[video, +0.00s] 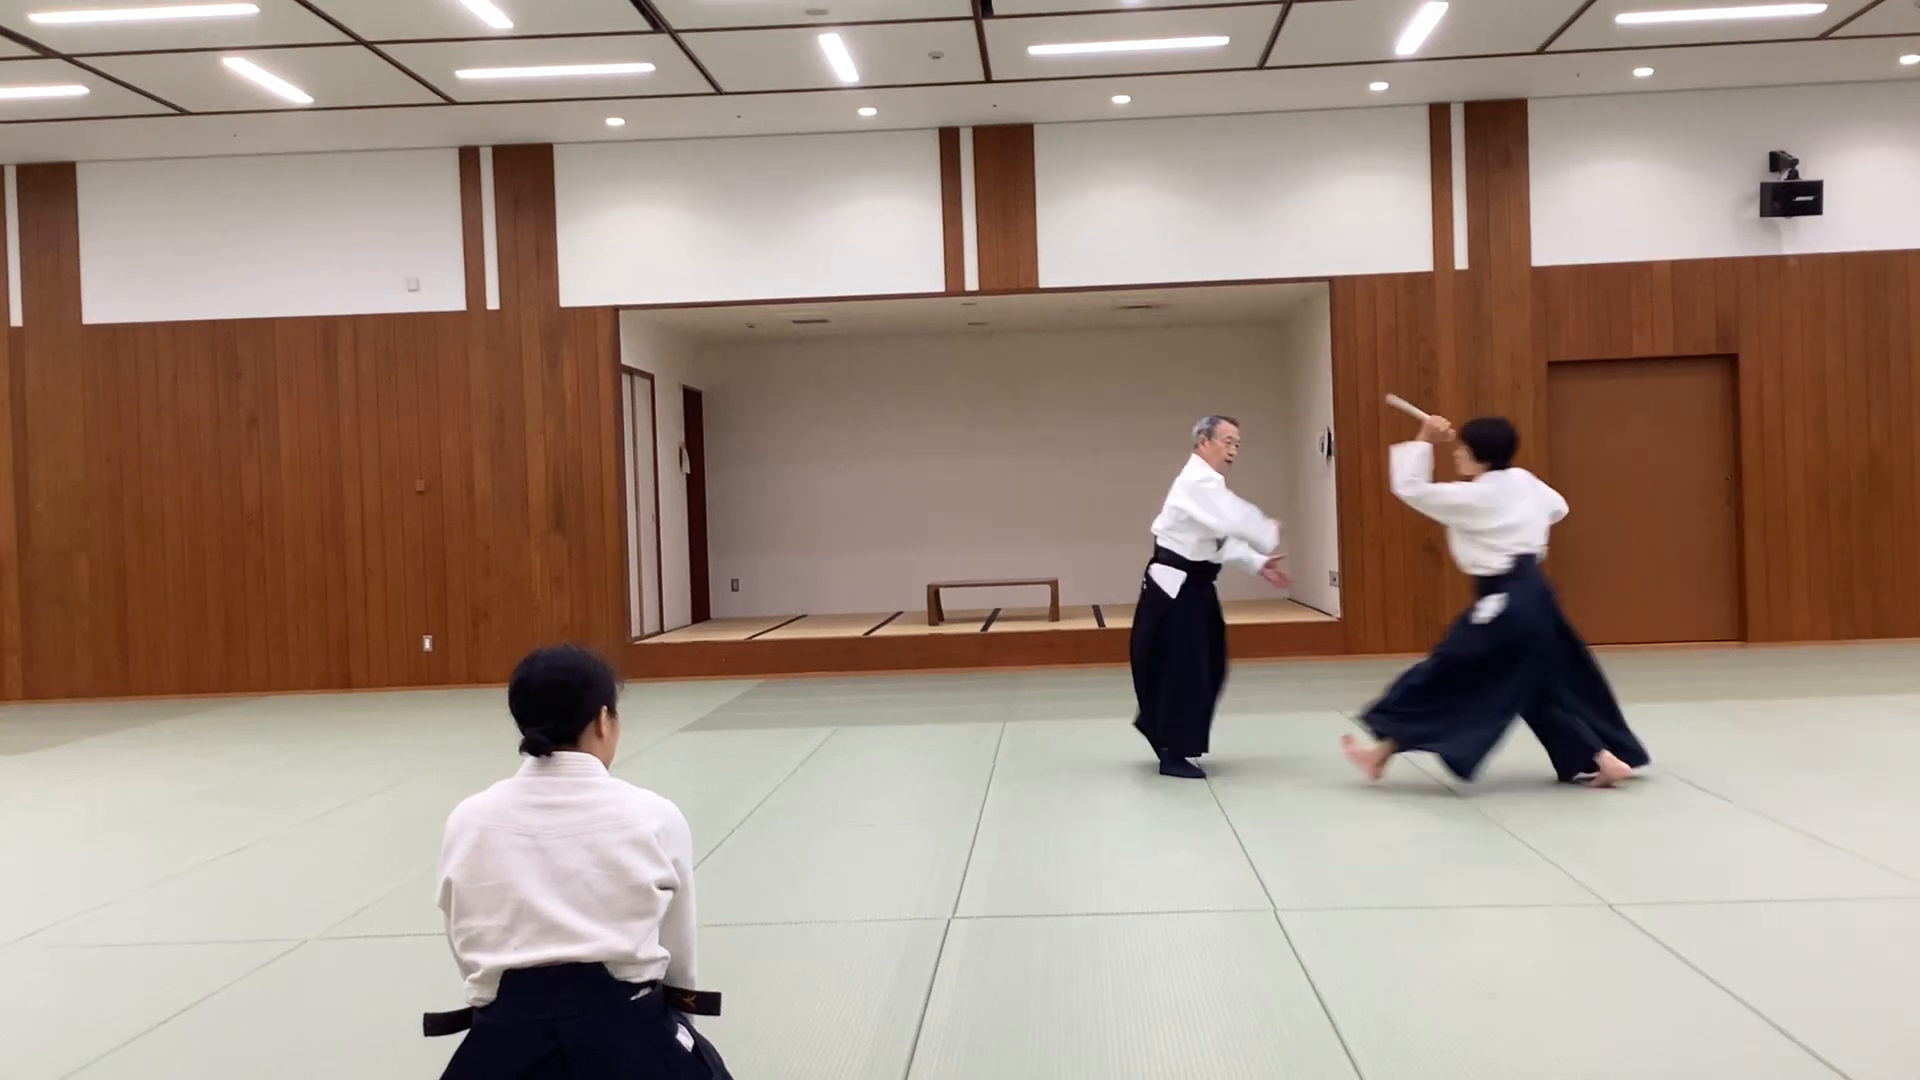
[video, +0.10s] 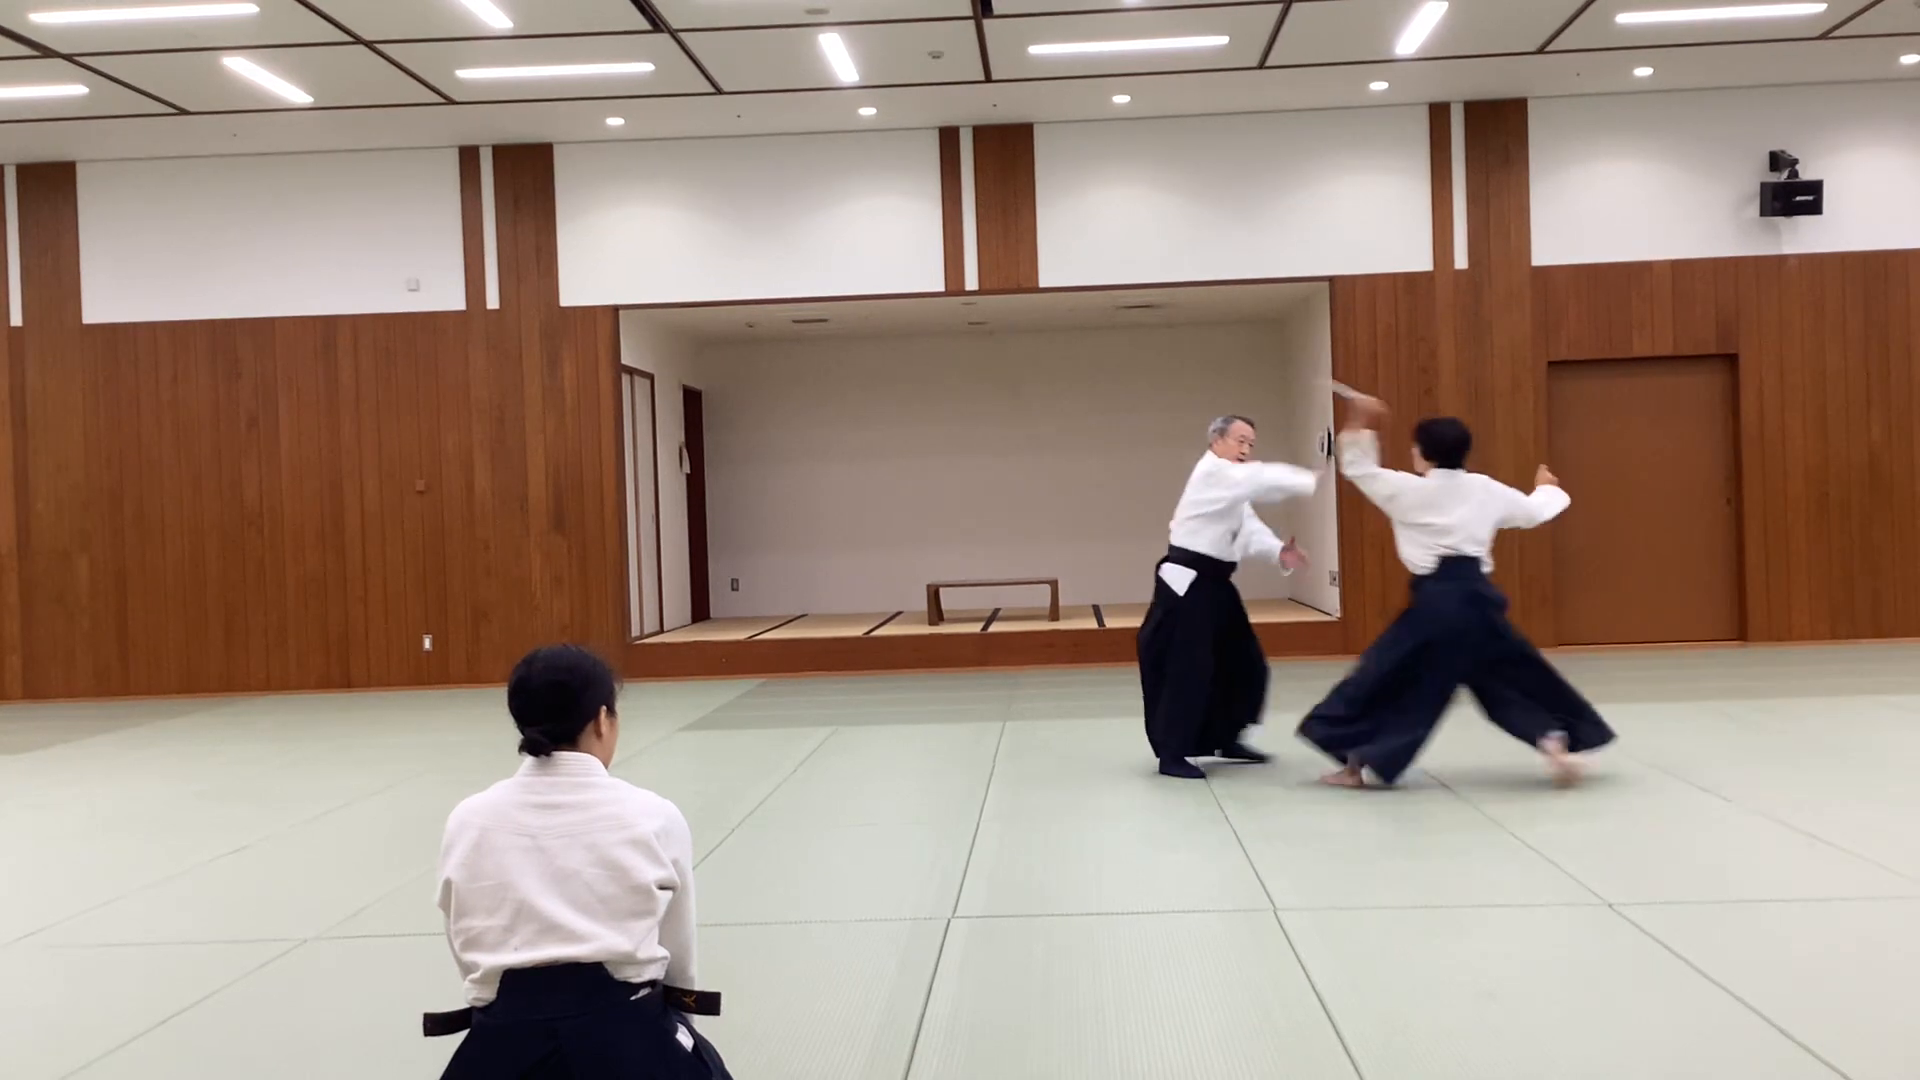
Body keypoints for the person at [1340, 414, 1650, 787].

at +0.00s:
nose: (1456, 454)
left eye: (1461, 449)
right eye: (1458, 448)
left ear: (1478, 456)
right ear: (1498, 455)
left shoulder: (1472, 496)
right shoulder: (1522, 481)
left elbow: (1409, 487)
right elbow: (1557, 507)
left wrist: (1423, 440)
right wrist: (1528, 532)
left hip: (1501, 602)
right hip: (1534, 595)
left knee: (1442, 672)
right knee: (1541, 686)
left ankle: (1380, 752)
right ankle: (1606, 761)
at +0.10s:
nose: (1412, 453)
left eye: (1415, 448)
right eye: (1414, 447)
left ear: (1424, 455)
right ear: (1461, 455)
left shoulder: (1406, 489)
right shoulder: (1484, 489)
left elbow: (1358, 468)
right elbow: (1534, 511)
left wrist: (1360, 422)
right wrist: (1549, 489)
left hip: (1433, 606)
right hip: (1478, 604)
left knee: (1387, 676)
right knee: (1503, 678)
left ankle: (1356, 765)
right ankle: (1550, 739)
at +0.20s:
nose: (1383, 442)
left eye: (1385, 438)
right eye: (1386, 437)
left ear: (1390, 443)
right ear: (1431, 442)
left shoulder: (1374, 473)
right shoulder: (1450, 479)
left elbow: (1328, 457)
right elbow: (1499, 509)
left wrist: (1301, 422)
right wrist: (1549, 511)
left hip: (1392, 586)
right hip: (1438, 587)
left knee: (1365, 667)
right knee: (1455, 665)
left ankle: (1348, 764)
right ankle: (1445, 734)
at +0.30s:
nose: (1368, 427)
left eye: (1370, 423)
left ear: (1371, 427)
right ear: (1412, 428)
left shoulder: (1350, 459)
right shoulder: (1426, 466)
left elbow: (1299, 448)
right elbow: (1470, 504)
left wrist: (1268, 414)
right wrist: (1525, 518)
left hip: (1357, 570)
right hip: (1404, 574)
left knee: (1350, 656)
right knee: (1400, 667)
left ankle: (1346, 749)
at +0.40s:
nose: (1341, 429)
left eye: (1343, 424)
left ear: (1347, 427)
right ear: (1388, 428)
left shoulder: (1331, 461)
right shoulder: (1405, 466)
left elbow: (1273, 460)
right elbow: (1445, 503)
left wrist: (1241, 440)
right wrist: (1496, 525)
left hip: (1332, 565)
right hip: (1379, 571)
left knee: (1323, 652)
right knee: (1366, 662)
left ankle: (1317, 743)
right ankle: (1331, 749)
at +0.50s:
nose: (1311, 442)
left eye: (1311, 436)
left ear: (1314, 437)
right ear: (1352, 434)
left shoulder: (1294, 474)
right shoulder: (1375, 470)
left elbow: (1243, 499)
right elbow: (1414, 507)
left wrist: (1221, 482)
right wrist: (1464, 528)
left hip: (1311, 578)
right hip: (1362, 578)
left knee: (1294, 658)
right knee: (1345, 664)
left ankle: (1285, 744)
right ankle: (1324, 751)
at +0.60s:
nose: (1329, 454)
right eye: (1326, 447)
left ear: (1281, 453)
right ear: (1321, 447)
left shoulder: (1268, 491)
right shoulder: (1342, 479)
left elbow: (1239, 532)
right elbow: (1386, 512)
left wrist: (1227, 524)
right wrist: (1435, 528)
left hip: (1289, 582)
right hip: (1338, 581)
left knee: (1264, 665)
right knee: (1337, 673)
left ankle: (1233, 738)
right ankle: (1321, 751)